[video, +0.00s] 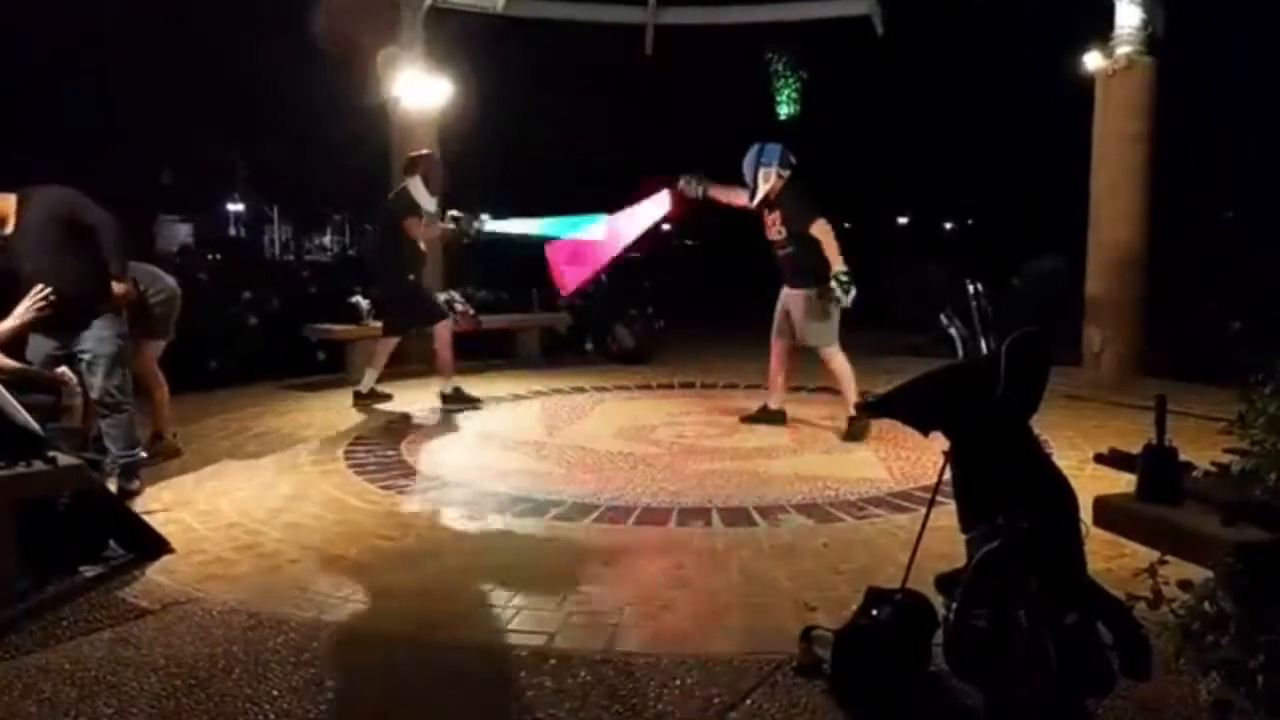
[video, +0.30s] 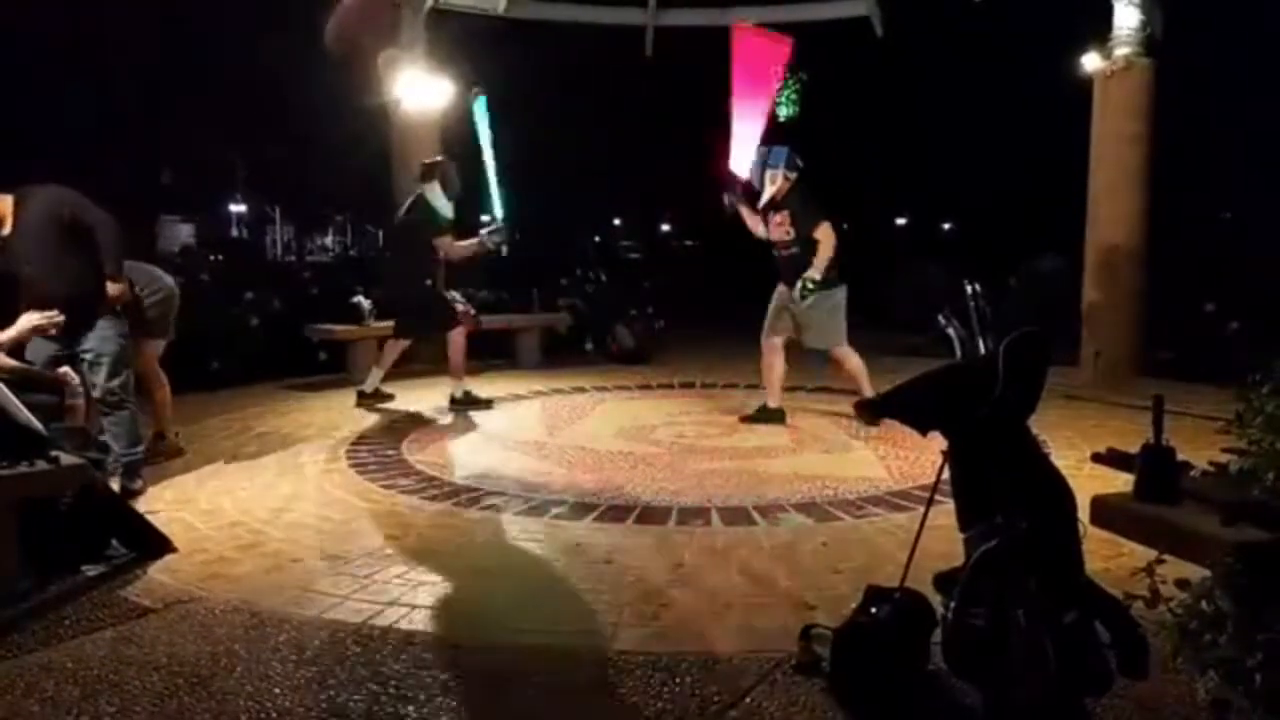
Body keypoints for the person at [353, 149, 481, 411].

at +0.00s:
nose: (439, 176)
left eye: (438, 170)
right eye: (434, 170)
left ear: (417, 173)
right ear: (421, 172)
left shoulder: (419, 199)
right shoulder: (402, 199)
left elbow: (426, 232)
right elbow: (419, 233)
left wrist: (448, 225)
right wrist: (448, 227)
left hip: (400, 280)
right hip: (400, 281)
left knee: (392, 332)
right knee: (442, 322)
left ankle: (365, 387)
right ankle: (449, 389)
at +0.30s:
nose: (457, 183)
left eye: (455, 177)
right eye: (453, 177)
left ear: (429, 178)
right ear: (442, 179)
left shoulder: (417, 203)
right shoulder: (431, 207)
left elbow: (443, 250)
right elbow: (451, 251)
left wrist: (479, 242)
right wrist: (483, 242)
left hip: (402, 284)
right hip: (418, 286)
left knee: (404, 332)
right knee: (457, 323)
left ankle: (369, 387)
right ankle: (459, 391)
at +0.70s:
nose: (434, 189)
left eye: (434, 182)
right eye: (431, 182)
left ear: (406, 181)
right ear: (420, 182)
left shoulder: (390, 204)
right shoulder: (400, 208)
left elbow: (422, 243)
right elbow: (430, 245)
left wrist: (460, 254)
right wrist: (467, 256)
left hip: (380, 281)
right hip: (393, 283)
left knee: (379, 336)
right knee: (421, 332)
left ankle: (353, 389)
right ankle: (449, 389)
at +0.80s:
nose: (430, 186)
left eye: (431, 179)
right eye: (427, 179)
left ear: (404, 178)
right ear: (414, 178)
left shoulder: (389, 201)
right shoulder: (396, 204)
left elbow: (415, 245)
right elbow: (417, 245)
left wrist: (449, 264)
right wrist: (452, 265)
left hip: (378, 280)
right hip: (387, 282)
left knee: (374, 335)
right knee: (412, 331)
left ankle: (352, 389)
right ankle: (431, 390)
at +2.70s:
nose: (422, 190)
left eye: (422, 184)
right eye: (419, 184)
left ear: (396, 183)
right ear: (408, 184)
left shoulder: (381, 205)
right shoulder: (393, 209)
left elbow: (407, 253)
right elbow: (409, 255)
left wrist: (438, 270)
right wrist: (440, 272)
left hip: (372, 279)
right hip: (385, 281)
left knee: (367, 333)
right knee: (416, 326)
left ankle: (337, 385)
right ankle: (431, 387)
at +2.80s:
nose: (413, 186)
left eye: (412, 180)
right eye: (410, 180)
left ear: (391, 179)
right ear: (399, 180)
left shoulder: (376, 201)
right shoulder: (381, 205)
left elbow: (384, 248)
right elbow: (390, 249)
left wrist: (404, 272)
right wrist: (414, 271)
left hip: (364, 276)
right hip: (371, 278)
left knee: (359, 333)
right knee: (396, 329)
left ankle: (333, 387)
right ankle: (421, 385)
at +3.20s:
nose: (398, 186)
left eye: (398, 180)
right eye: (395, 180)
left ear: (372, 181)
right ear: (386, 181)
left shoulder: (360, 201)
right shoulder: (373, 206)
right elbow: (381, 248)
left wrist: (406, 262)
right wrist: (410, 261)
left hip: (350, 274)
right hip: (364, 276)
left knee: (358, 329)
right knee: (402, 322)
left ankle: (334, 386)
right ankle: (392, 381)